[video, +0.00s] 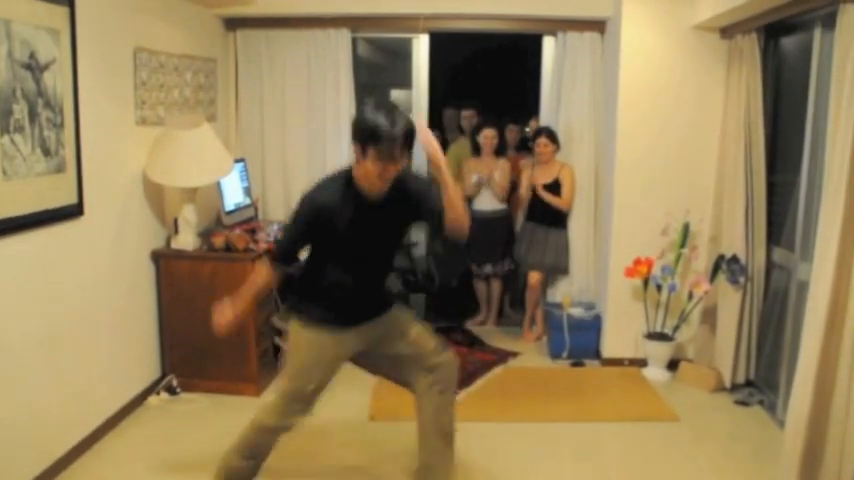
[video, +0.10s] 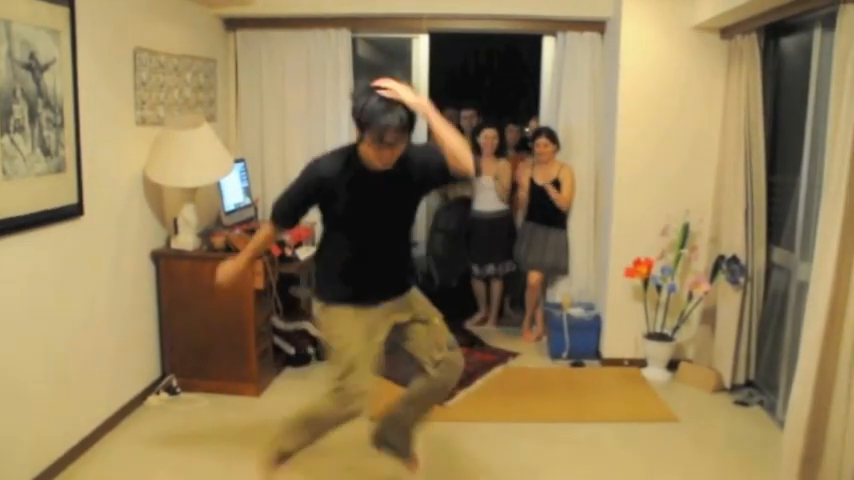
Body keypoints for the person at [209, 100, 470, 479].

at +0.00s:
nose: (388, 172)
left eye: (396, 163)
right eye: (381, 161)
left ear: (406, 159)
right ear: (359, 152)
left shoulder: (408, 192)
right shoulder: (325, 199)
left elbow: (459, 228)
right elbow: (277, 260)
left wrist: (440, 165)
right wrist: (238, 303)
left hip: (377, 315)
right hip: (320, 324)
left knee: (439, 367)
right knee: (284, 406)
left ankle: (435, 473)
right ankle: (232, 473)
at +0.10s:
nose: (389, 155)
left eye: (398, 146)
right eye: (381, 145)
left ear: (409, 139)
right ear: (361, 133)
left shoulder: (412, 165)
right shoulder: (330, 172)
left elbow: (464, 165)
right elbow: (279, 222)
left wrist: (422, 106)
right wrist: (241, 261)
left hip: (400, 294)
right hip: (346, 304)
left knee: (448, 366)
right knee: (351, 397)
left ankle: (395, 428)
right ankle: (281, 447)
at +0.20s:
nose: (388, 152)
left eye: (395, 143)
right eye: (379, 144)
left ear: (407, 136)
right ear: (362, 139)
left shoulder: (417, 164)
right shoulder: (336, 172)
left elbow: (442, 168)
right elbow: (299, 228)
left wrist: (409, 102)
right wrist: (269, 257)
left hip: (421, 289)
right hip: (371, 294)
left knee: (436, 386)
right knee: (420, 380)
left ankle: (404, 433)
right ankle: (404, 448)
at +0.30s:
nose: (358, 138)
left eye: (366, 128)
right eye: (355, 128)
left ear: (396, 134)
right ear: (351, 136)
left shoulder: (430, 176)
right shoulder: (347, 192)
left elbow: (433, 220)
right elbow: (322, 250)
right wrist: (303, 283)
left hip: (437, 298)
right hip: (386, 304)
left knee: (434, 390)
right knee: (427, 392)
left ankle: (407, 455)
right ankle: (461, 472)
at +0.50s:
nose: (372, 173)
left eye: (378, 161)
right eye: (362, 167)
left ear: (399, 152)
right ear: (354, 170)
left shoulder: (444, 196)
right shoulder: (375, 208)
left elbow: (463, 275)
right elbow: (391, 267)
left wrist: (399, 294)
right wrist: (386, 312)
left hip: (465, 327)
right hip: (415, 326)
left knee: (448, 413)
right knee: (425, 412)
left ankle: (406, 455)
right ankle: (456, 471)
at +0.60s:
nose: (380, 162)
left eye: (387, 151)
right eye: (374, 155)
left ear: (416, 141)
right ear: (370, 157)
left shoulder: (458, 185)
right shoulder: (388, 195)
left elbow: (479, 268)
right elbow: (411, 248)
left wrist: (409, 264)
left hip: (470, 330)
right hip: (417, 327)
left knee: (481, 418)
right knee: (422, 417)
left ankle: (444, 436)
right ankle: (454, 474)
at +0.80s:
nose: (456, 168)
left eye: (466, 158)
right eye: (449, 157)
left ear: (489, 150)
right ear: (437, 145)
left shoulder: (504, 202)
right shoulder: (420, 180)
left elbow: (514, 287)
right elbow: (412, 234)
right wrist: (404, 287)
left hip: (493, 317)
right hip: (435, 311)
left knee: (517, 414)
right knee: (377, 366)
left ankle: (560, 473)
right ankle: (431, 463)